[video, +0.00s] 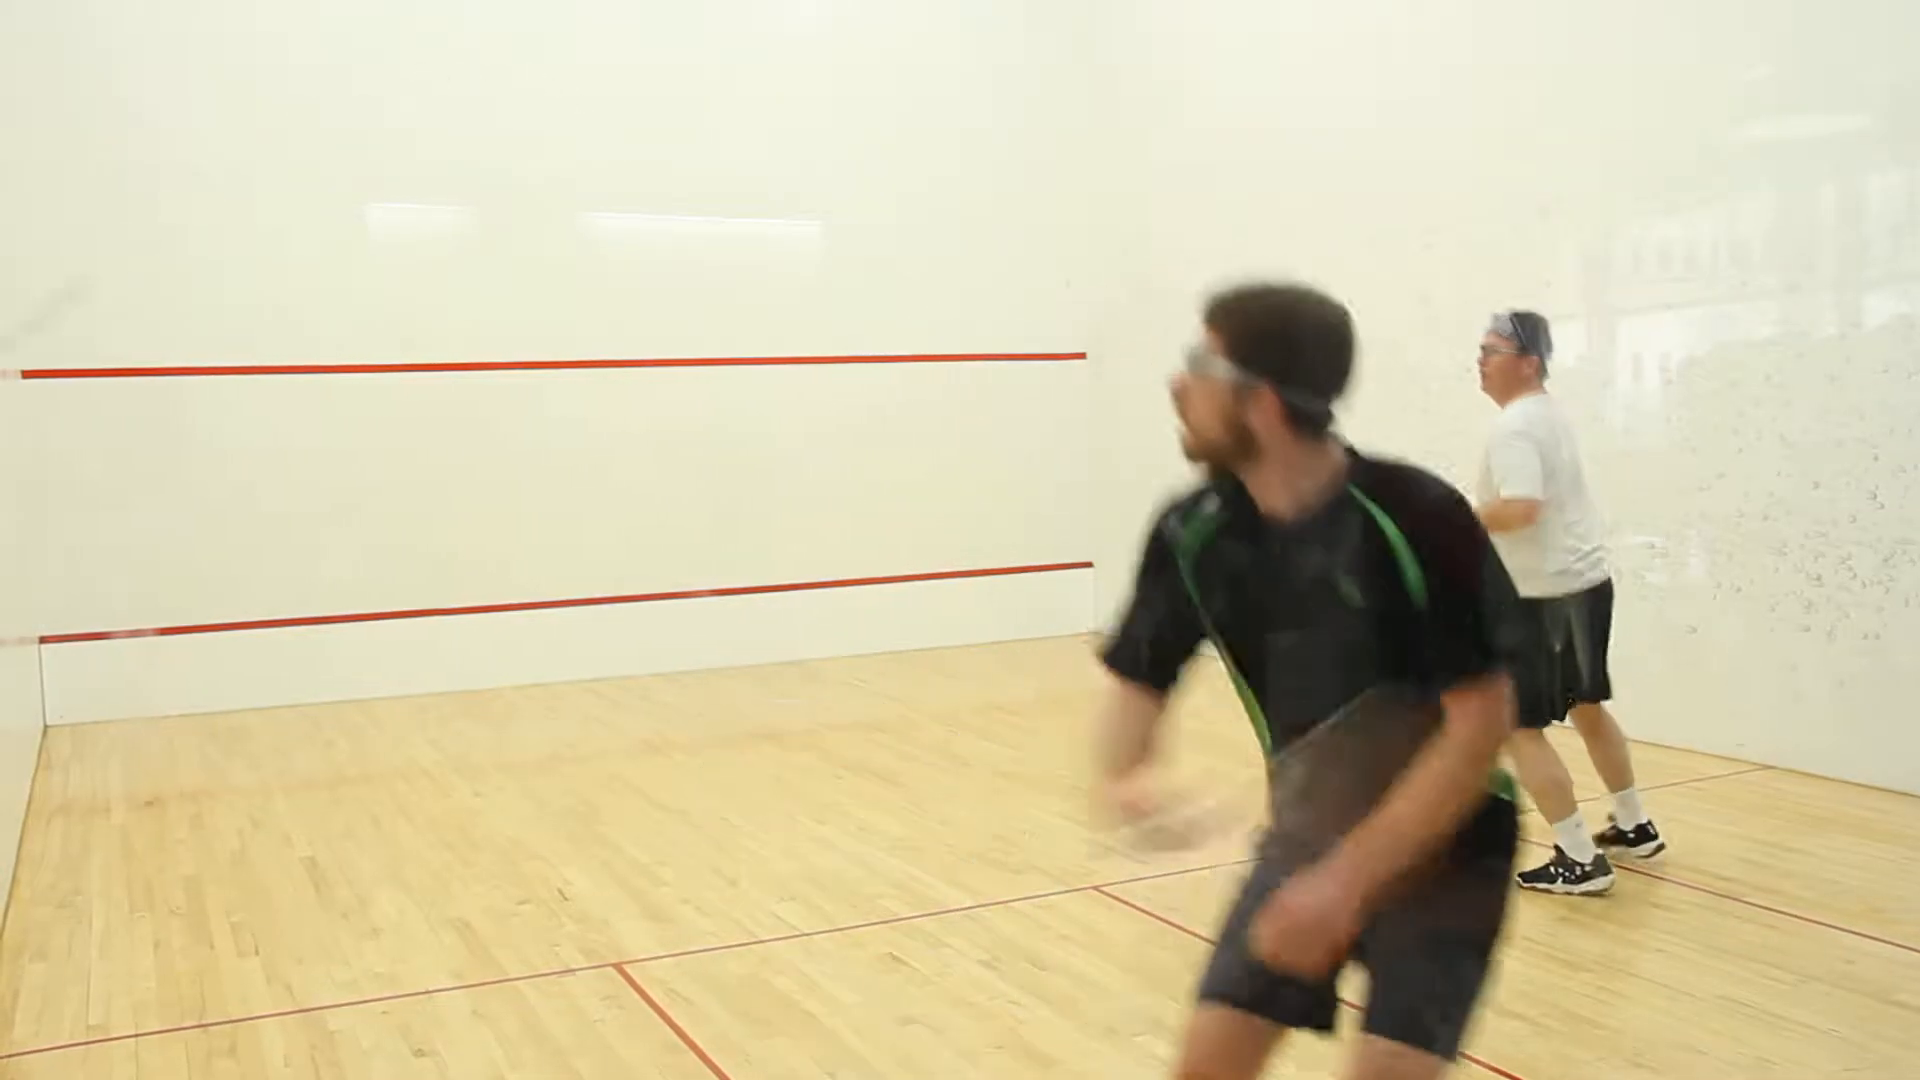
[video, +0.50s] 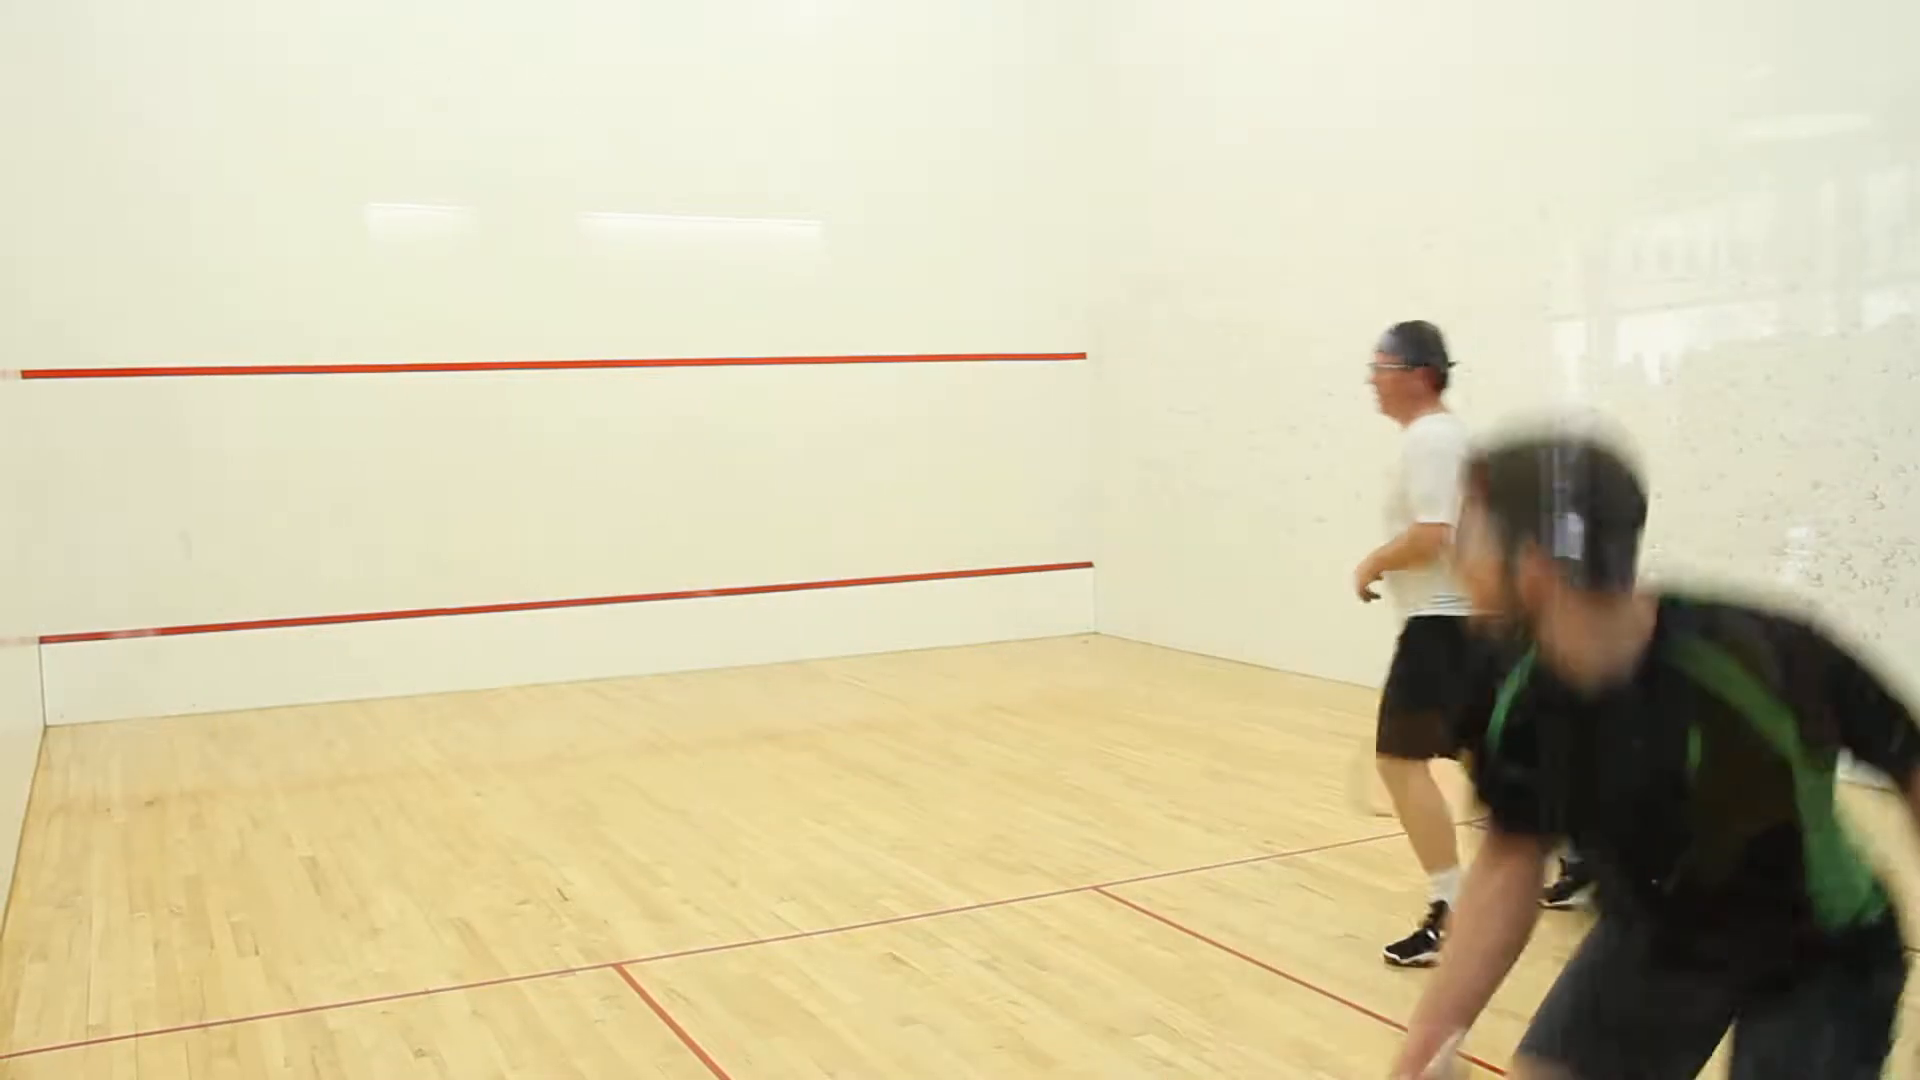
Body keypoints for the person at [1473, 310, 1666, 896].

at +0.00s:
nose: (1479, 363)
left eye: (1490, 352)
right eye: (1481, 351)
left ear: (1528, 363)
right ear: (1527, 365)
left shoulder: (1517, 426)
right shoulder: (1550, 415)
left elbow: (1522, 509)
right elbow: (1547, 501)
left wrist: (1464, 523)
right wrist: (1480, 514)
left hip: (1545, 594)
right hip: (1585, 584)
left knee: (1520, 725)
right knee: (1586, 703)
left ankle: (1578, 856)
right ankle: (1634, 823)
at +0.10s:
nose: (1467, 337)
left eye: (1478, 327)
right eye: (1467, 326)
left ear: (1516, 335)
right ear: (1510, 337)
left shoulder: (1510, 397)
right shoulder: (1536, 391)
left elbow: (1515, 480)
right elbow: (1537, 479)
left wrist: (1451, 501)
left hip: (1529, 571)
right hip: (1562, 561)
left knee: (1537, 711)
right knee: (1562, 696)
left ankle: (1544, 848)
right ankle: (1610, 825)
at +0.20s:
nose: (1456, 339)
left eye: (1469, 328)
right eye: (1453, 328)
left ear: (1506, 336)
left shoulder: (1501, 397)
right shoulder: (1522, 389)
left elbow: (1509, 483)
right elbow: (1562, 471)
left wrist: (1441, 498)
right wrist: (1571, 531)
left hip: (1523, 572)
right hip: (1544, 563)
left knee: (1525, 703)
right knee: (1547, 698)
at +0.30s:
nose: (1444, 367)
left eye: (1456, 355)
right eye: (1441, 355)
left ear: (1491, 361)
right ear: (1435, 356)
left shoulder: (1490, 421)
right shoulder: (1509, 414)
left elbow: (1499, 516)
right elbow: (1550, 505)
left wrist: (1426, 527)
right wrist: (1558, 569)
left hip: (1504, 601)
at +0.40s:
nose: (1419, 381)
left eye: (1430, 368)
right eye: (1415, 369)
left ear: (1467, 375)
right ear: (1414, 371)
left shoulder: (1473, 437)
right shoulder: (1463, 434)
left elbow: (1476, 532)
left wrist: (1404, 555)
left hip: (1478, 620)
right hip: (1467, 615)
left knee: (1425, 748)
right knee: (1426, 744)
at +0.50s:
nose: (1373, 382)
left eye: (1383, 370)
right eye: (1374, 370)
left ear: (1421, 377)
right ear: (1423, 379)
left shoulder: (1433, 439)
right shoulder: (1444, 436)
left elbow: (1431, 535)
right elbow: (1446, 533)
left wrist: (1375, 564)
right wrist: (1394, 563)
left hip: (1440, 623)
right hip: (1474, 620)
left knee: (1400, 758)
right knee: (1492, 751)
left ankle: (1452, 906)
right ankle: (1569, 851)